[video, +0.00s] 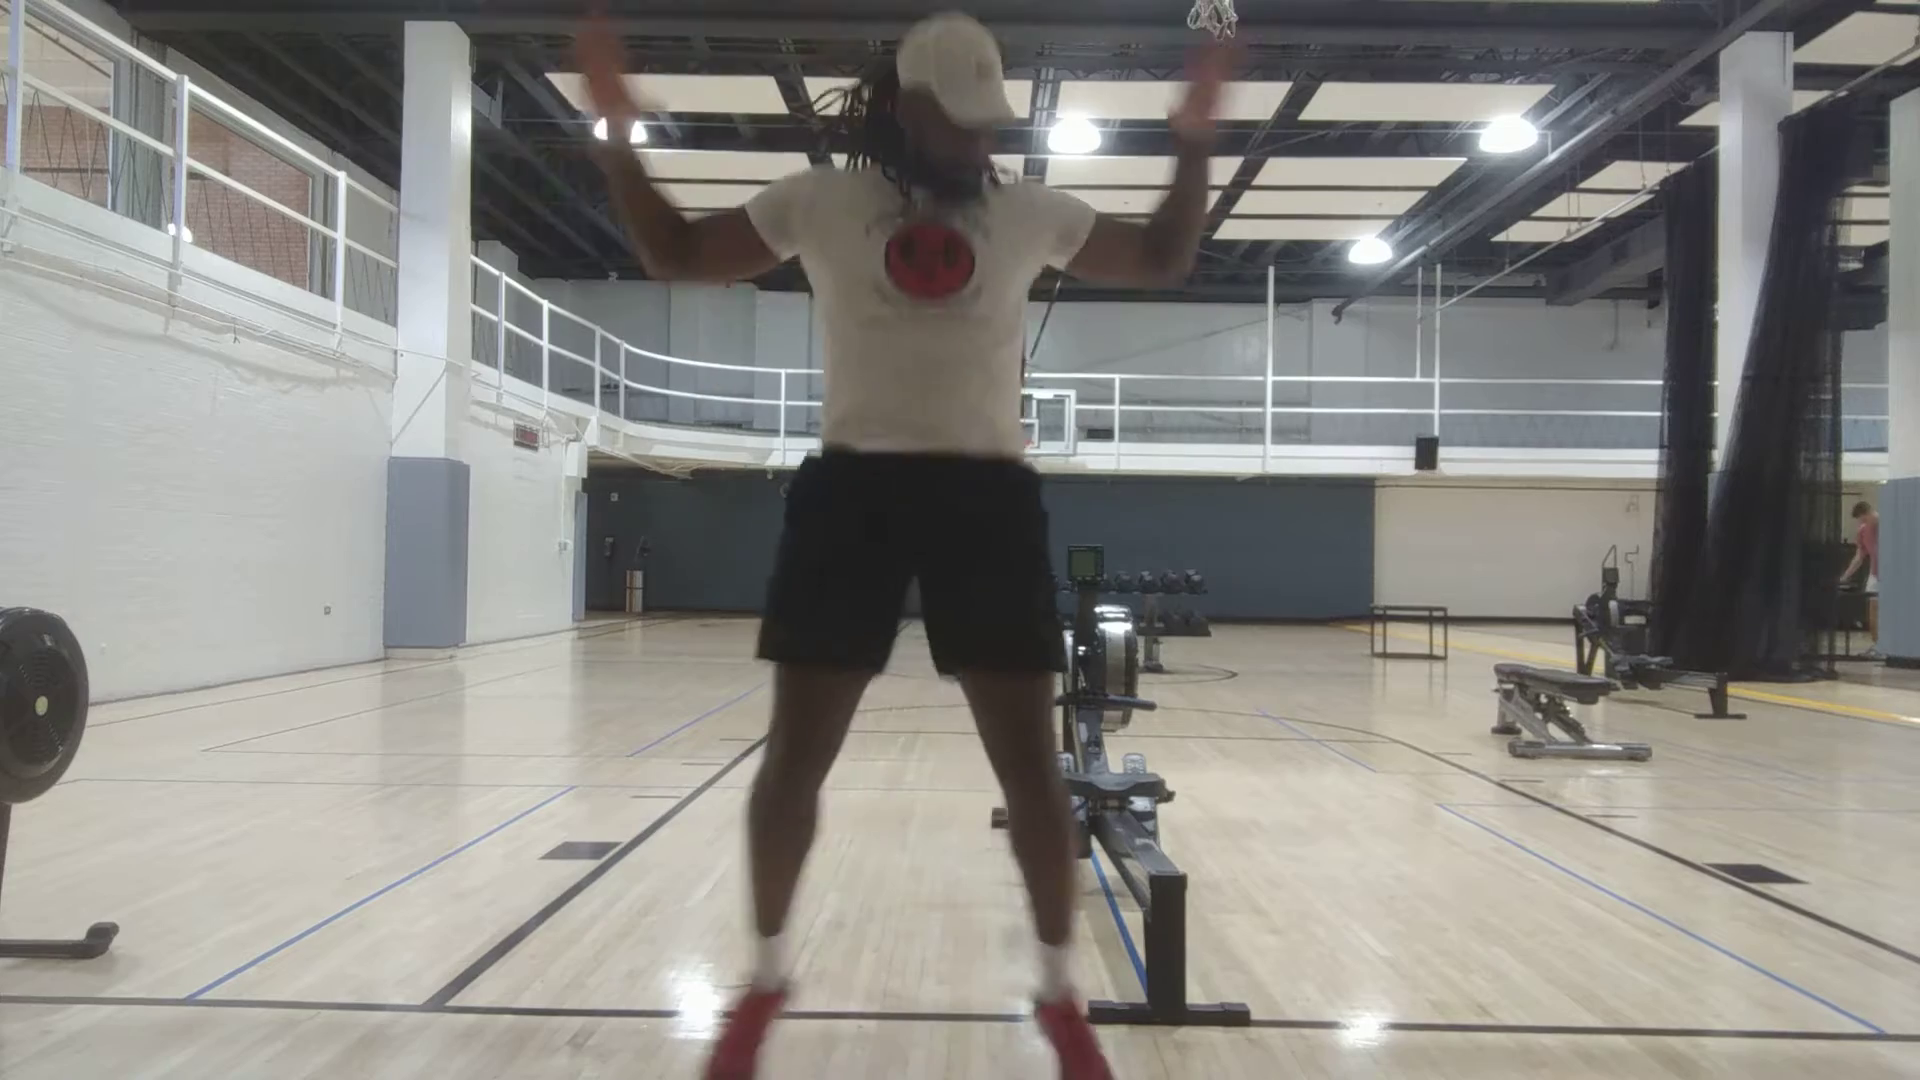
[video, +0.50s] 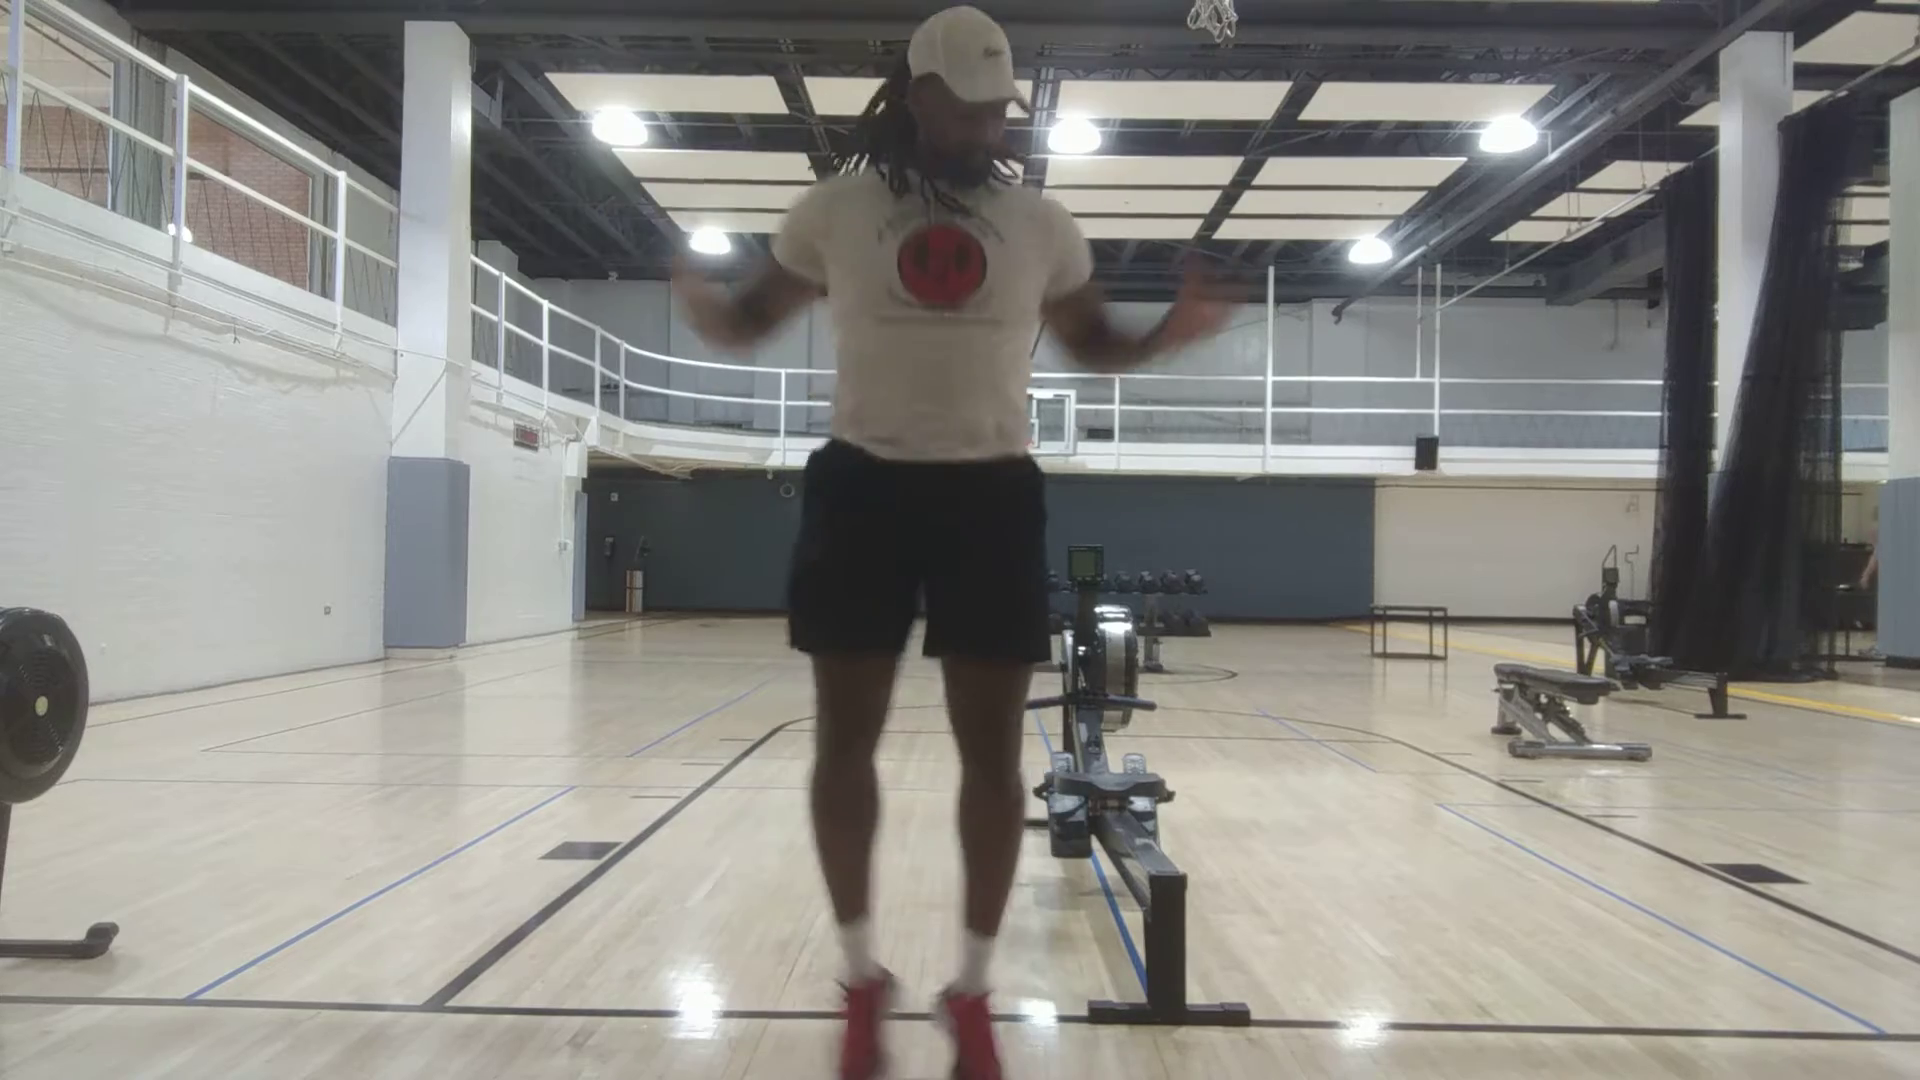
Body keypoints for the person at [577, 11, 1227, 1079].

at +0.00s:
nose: (982, 146)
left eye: (991, 125)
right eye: (961, 125)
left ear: (997, 113)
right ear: (899, 109)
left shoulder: (1028, 213)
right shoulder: (824, 198)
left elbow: (1166, 255)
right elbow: (671, 250)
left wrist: (1195, 139)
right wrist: (613, 125)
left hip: (990, 499)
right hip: (852, 494)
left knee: (1031, 761)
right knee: (796, 754)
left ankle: (1061, 993)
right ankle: (765, 974)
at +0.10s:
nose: (959, 216)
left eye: (975, 199)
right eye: (942, 195)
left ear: (999, 195)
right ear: (897, 180)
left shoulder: (1027, 261)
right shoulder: (825, 253)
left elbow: (1153, 226)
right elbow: (675, 230)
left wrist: (1101, 92)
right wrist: (700, 92)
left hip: (986, 565)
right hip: (849, 561)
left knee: (1052, 817)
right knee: (775, 810)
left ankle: (1084, 1021)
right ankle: (720, 1008)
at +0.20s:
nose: (989, 284)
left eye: (999, 263)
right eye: (975, 261)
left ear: (1005, 250)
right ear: (919, 239)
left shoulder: (1026, 308)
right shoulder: (826, 304)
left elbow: (1140, 239)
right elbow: (686, 250)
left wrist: (1019, 162)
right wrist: (789, 141)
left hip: (984, 626)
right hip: (848, 621)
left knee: (1051, 854)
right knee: (777, 849)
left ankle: (1077, 1038)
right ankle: (722, 1032)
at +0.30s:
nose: (986, 213)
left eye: (1003, 194)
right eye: (969, 188)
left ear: (1019, 198)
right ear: (920, 181)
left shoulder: (1036, 279)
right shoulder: (836, 266)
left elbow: (1162, 258)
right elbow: (678, 259)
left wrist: (1133, 128)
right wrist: (675, 122)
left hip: (987, 569)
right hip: (852, 562)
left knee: (1042, 800)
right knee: (778, 785)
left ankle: (1075, 1018)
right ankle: (730, 1004)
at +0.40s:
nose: (1001, 143)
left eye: (1009, 124)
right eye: (982, 123)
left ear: (1012, 121)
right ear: (922, 118)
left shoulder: (1036, 218)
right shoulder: (837, 208)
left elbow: (1148, 289)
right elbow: (699, 277)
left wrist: (1231, 199)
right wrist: (622, 185)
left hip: (990, 502)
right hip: (857, 496)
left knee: (1017, 744)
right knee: (810, 735)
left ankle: (1033, 982)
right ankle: (788, 966)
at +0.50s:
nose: (988, 126)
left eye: (998, 106)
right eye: (968, 108)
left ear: (1007, 101)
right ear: (913, 98)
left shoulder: (1038, 215)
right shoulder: (838, 205)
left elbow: (1096, 346)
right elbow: (743, 325)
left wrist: (1171, 329)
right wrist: (697, 290)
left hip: (993, 499)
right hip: (861, 494)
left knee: (993, 753)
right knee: (845, 743)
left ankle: (970, 986)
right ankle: (862, 976)